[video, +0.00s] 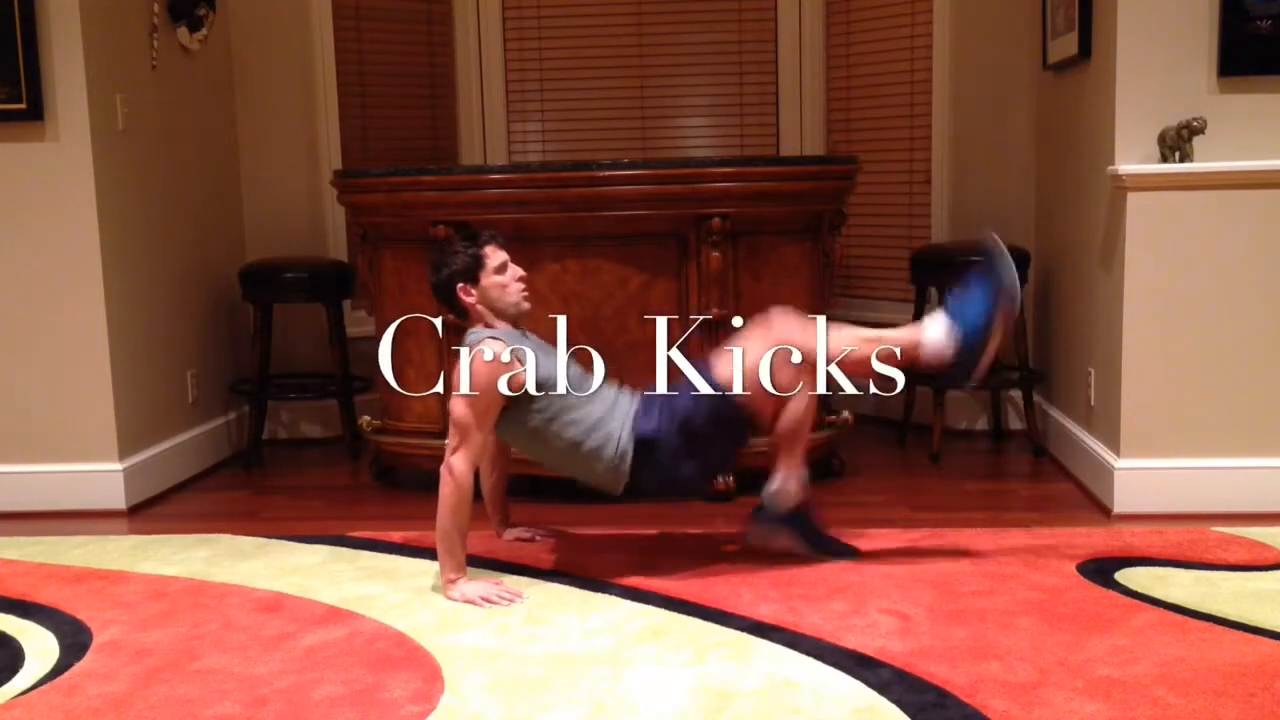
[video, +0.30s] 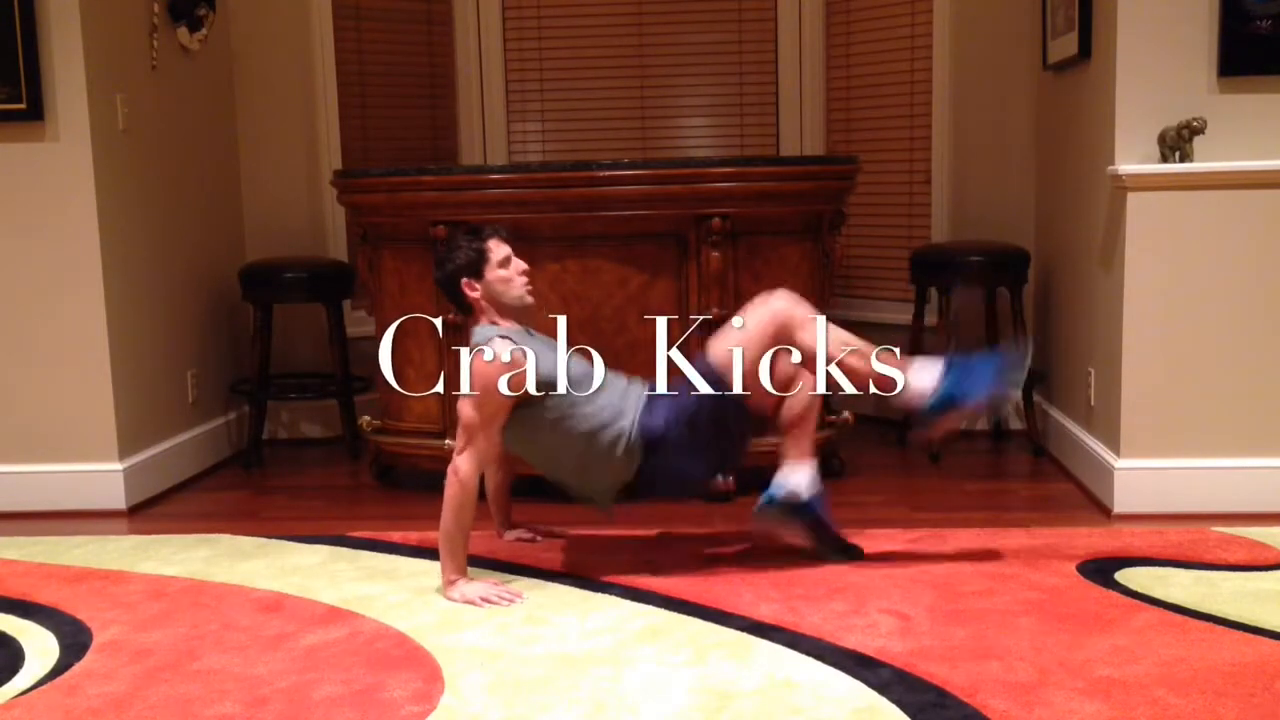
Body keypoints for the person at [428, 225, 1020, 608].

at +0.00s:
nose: (519, 275)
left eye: (513, 265)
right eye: (502, 271)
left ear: (495, 286)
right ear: (470, 297)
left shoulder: (510, 345)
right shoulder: (486, 357)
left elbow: (493, 446)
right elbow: (455, 468)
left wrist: (499, 526)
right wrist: (452, 575)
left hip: (657, 428)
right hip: (650, 446)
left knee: (787, 337)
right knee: (787, 334)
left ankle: (782, 505)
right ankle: (937, 341)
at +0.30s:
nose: (523, 270)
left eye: (518, 260)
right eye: (507, 265)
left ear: (502, 280)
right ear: (473, 292)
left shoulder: (518, 341)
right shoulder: (494, 359)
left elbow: (497, 440)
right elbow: (463, 466)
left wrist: (501, 525)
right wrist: (453, 577)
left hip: (663, 423)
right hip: (658, 444)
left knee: (794, 347)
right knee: (781, 310)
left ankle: (794, 489)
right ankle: (924, 386)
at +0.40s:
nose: (524, 270)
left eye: (518, 260)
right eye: (508, 265)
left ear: (495, 283)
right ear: (475, 290)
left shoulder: (511, 340)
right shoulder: (493, 355)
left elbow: (498, 444)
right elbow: (466, 463)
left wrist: (500, 524)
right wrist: (453, 578)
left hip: (659, 412)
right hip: (664, 443)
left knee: (777, 303)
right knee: (794, 320)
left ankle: (881, 413)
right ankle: (846, 470)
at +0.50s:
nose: (531, 272)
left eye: (525, 262)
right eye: (515, 268)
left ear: (504, 285)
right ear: (484, 294)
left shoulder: (521, 342)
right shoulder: (499, 361)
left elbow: (497, 443)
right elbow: (465, 466)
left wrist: (499, 525)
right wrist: (452, 577)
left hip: (659, 417)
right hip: (652, 451)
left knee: (779, 327)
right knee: (809, 380)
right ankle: (793, 525)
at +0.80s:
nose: (532, 273)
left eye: (525, 262)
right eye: (515, 269)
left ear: (506, 284)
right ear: (482, 295)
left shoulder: (521, 340)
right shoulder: (498, 360)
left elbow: (502, 439)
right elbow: (464, 466)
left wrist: (499, 527)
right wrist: (453, 576)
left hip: (671, 398)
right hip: (669, 443)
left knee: (787, 296)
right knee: (831, 360)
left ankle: (910, 387)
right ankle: (810, 512)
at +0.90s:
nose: (526, 269)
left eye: (520, 259)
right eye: (510, 265)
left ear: (494, 284)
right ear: (476, 291)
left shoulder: (515, 338)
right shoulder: (492, 356)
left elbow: (500, 441)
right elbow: (464, 465)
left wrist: (500, 527)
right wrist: (453, 575)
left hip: (669, 387)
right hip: (672, 414)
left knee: (799, 304)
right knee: (809, 308)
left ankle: (821, 457)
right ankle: (904, 435)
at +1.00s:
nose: (528, 272)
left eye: (523, 262)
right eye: (512, 268)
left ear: (509, 281)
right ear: (480, 294)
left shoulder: (522, 342)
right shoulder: (496, 360)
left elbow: (503, 441)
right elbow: (462, 466)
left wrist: (503, 523)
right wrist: (453, 577)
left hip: (668, 420)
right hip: (661, 446)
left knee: (803, 341)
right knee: (795, 333)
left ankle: (783, 503)